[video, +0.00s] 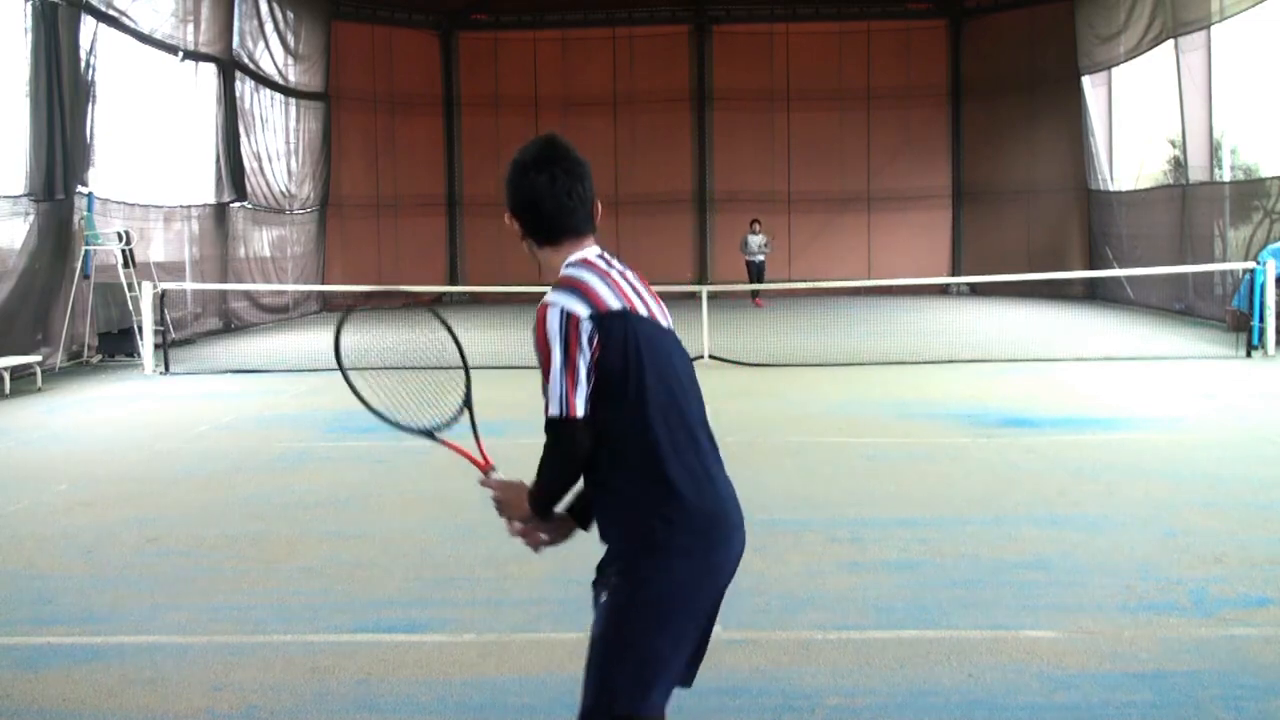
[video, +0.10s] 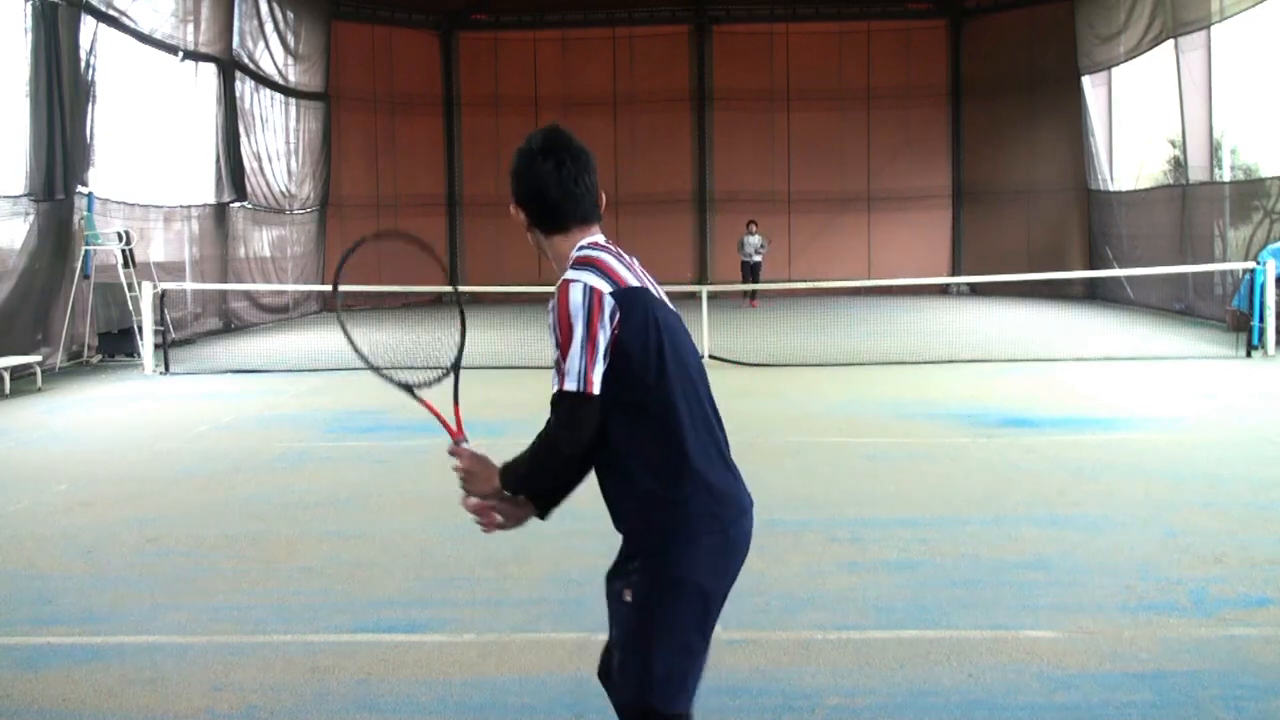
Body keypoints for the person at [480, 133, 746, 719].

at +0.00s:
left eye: (506, 215)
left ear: (515, 226)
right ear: (597, 210)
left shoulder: (565, 302)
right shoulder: (629, 283)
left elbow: (571, 437)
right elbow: (639, 434)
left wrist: (534, 500)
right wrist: (569, 519)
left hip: (661, 539)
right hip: (708, 525)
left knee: (613, 706)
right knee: (642, 699)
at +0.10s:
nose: (518, 221)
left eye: (517, 210)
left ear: (522, 216)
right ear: (598, 199)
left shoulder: (584, 285)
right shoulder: (622, 271)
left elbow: (574, 422)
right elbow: (603, 424)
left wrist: (505, 476)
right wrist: (530, 503)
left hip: (682, 524)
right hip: (699, 513)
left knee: (650, 694)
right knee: (624, 674)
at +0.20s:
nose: (521, 232)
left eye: (520, 222)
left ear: (526, 230)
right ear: (602, 212)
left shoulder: (597, 287)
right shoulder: (610, 283)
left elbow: (582, 421)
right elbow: (580, 425)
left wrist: (480, 456)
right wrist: (498, 489)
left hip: (702, 536)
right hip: (681, 532)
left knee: (674, 703)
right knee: (614, 647)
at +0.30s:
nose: (517, 247)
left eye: (514, 235)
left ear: (521, 243)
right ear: (593, 222)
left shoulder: (599, 287)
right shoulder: (577, 310)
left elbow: (605, 419)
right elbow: (549, 416)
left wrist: (497, 432)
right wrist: (493, 469)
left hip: (705, 529)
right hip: (675, 528)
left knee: (675, 703)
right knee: (618, 636)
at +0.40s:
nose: (505, 249)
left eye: (506, 235)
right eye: (508, 232)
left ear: (515, 246)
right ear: (581, 229)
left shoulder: (599, 289)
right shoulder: (549, 331)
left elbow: (625, 415)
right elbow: (540, 419)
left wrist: (522, 425)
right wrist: (504, 457)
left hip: (691, 529)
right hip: (655, 532)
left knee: (673, 705)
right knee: (610, 631)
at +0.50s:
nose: (500, 262)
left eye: (499, 252)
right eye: (502, 250)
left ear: (512, 261)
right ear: (570, 237)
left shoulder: (600, 299)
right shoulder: (532, 342)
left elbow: (631, 417)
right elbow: (534, 445)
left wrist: (550, 470)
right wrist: (517, 486)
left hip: (671, 537)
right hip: (625, 544)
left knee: (653, 704)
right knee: (596, 621)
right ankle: (596, 717)